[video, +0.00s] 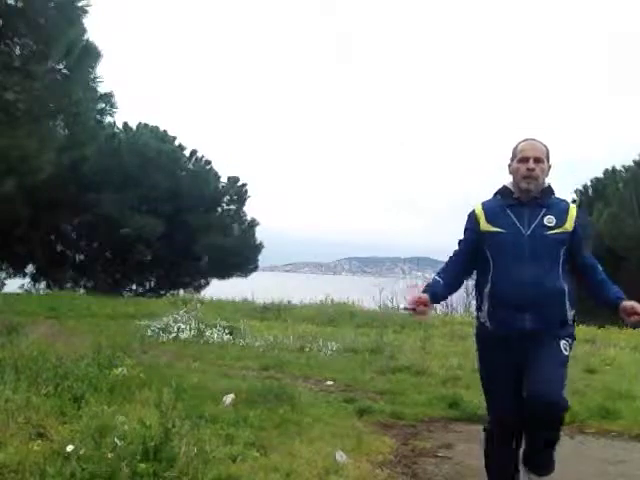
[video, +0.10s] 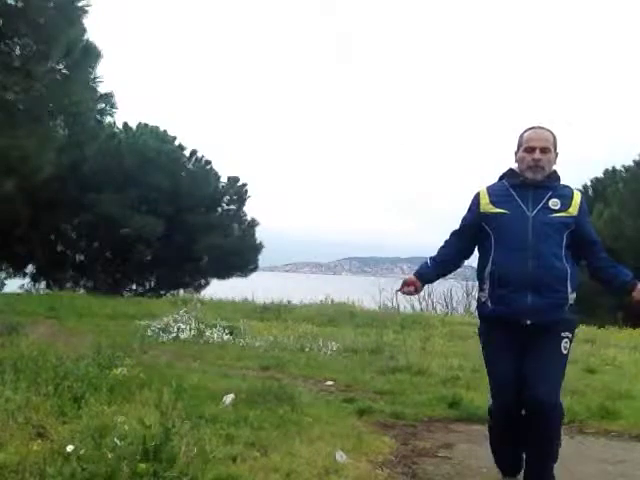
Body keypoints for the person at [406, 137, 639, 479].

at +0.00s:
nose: (530, 166)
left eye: (537, 161)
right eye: (523, 160)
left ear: (548, 169)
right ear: (511, 167)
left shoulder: (568, 215)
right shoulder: (484, 215)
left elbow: (586, 266)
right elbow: (460, 263)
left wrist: (619, 301)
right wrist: (431, 294)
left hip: (550, 334)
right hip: (497, 333)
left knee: (545, 401)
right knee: (502, 420)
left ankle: (538, 465)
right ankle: (502, 475)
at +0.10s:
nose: (536, 156)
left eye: (544, 151)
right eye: (529, 150)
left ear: (555, 158)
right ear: (517, 155)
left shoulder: (572, 201)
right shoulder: (488, 198)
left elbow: (595, 256)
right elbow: (458, 245)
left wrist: (630, 285)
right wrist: (421, 276)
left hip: (552, 321)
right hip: (499, 320)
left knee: (543, 402)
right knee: (505, 403)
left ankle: (540, 473)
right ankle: (509, 471)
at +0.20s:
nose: (538, 170)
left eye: (546, 164)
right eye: (531, 163)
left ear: (557, 170)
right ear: (518, 168)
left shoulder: (575, 214)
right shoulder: (489, 211)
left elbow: (602, 269)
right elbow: (459, 258)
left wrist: (635, 281)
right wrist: (423, 276)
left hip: (552, 333)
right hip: (498, 330)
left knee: (542, 419)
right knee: (497, 407)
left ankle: (539, 473)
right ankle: (520, 451)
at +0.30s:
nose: (537, 177)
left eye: (545, 171)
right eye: (530, 171)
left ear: (558, 177)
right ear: (518, 176)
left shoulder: (578, 223)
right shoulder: (489, 222)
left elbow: (604, 269)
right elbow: (467, 268)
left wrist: (633, 290)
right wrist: (438, 292)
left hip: (552, 346)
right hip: (497, 343)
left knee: (546, 430)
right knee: (491, 405)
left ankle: (541, 474)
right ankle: (511, 460)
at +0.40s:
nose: (534, 155)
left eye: (542, 148)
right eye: (526, 148)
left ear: (555, 153)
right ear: (514, 153)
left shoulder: (576, 197)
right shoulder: (488, 198)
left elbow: (606, 255)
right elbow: (463, 250)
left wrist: (634, 277)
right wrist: (427, 286)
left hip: (552, 325)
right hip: (495, 323)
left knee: (544, 419)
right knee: (497, 413)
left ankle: (538, 476)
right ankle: (498, 475)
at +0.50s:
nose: (528, 156)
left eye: (536, 149)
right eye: (520, 149)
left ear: (549, 153)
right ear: (508, 154)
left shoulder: (574, 196)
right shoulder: (483, 198)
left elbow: (606, 253)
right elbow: (454, 248)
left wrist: (636, 272)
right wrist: (413, 273)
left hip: (552, 325)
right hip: (496, 324)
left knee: (545, 415)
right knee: (500, 414)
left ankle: (525, 471)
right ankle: (496, 475)